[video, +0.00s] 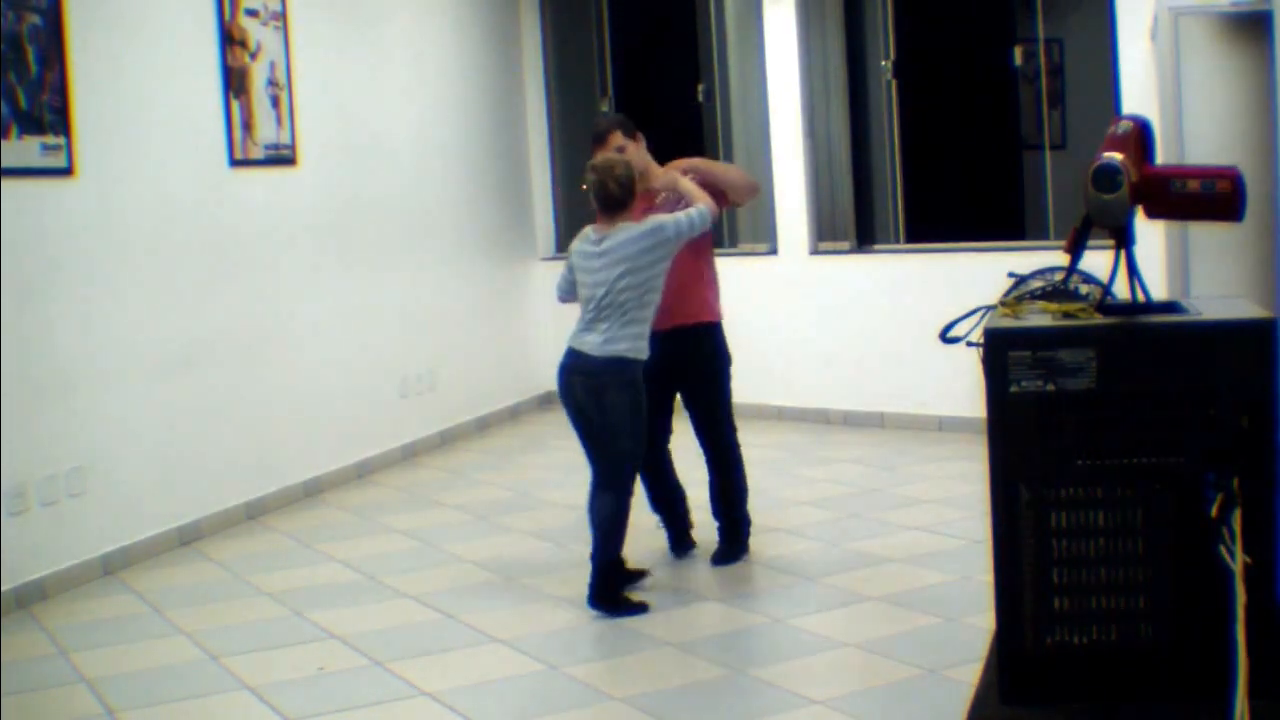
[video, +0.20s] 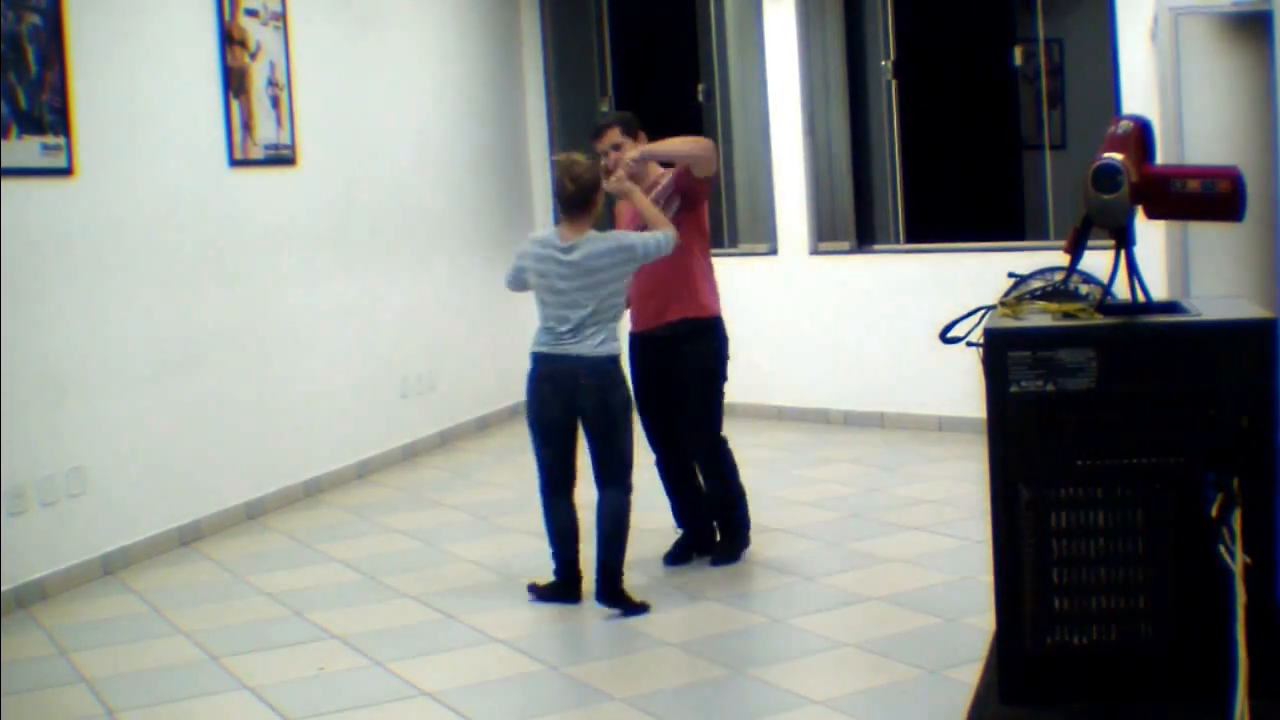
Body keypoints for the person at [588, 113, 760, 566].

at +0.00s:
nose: (619, 163)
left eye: (622, 151)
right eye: (608, 160)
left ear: (641, 142)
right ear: (603, 165)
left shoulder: (688, 184)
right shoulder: (618, 207)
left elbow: (746, 187)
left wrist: (690, 167)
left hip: (697, 331)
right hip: (643, 337)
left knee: (717, 438)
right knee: (648, 446)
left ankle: (734, 533)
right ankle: (677, 530)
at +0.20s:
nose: (614, 161)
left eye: (618, 149)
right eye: (605, 156)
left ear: (640, 145)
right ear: (602, 166)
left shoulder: (682, 184)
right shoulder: (623, 209)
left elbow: (704, 151)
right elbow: (622, 274)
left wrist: (641, 154)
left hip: (695, 325)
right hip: (647, 333)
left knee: (702, 435)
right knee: (665, 444)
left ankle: (733, 529)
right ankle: (695, 528)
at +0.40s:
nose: (604, 158)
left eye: (611, 147)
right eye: (599, 152)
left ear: (638, 147)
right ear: (601, 159)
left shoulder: (668, 184)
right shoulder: (630, 204)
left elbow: (648, 137)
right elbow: (648, 271)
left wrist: (580, 131)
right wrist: (616, 307)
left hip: (694, 330)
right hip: (656, 335)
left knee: (685, 438)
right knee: (668, 439)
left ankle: (729, 542)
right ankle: (695, 530)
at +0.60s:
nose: (598, 156)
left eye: (604, 146)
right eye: (595, 148)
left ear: (627, 143)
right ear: (602, 154)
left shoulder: (658, 180)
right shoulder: (635, 196)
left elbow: (626, 129)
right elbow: (650, 265)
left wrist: (562, 114)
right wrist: (623, 311)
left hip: (688, 335)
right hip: (663, 338)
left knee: (682, 447)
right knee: (659, 443)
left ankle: (716, 561)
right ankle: (698, 534)